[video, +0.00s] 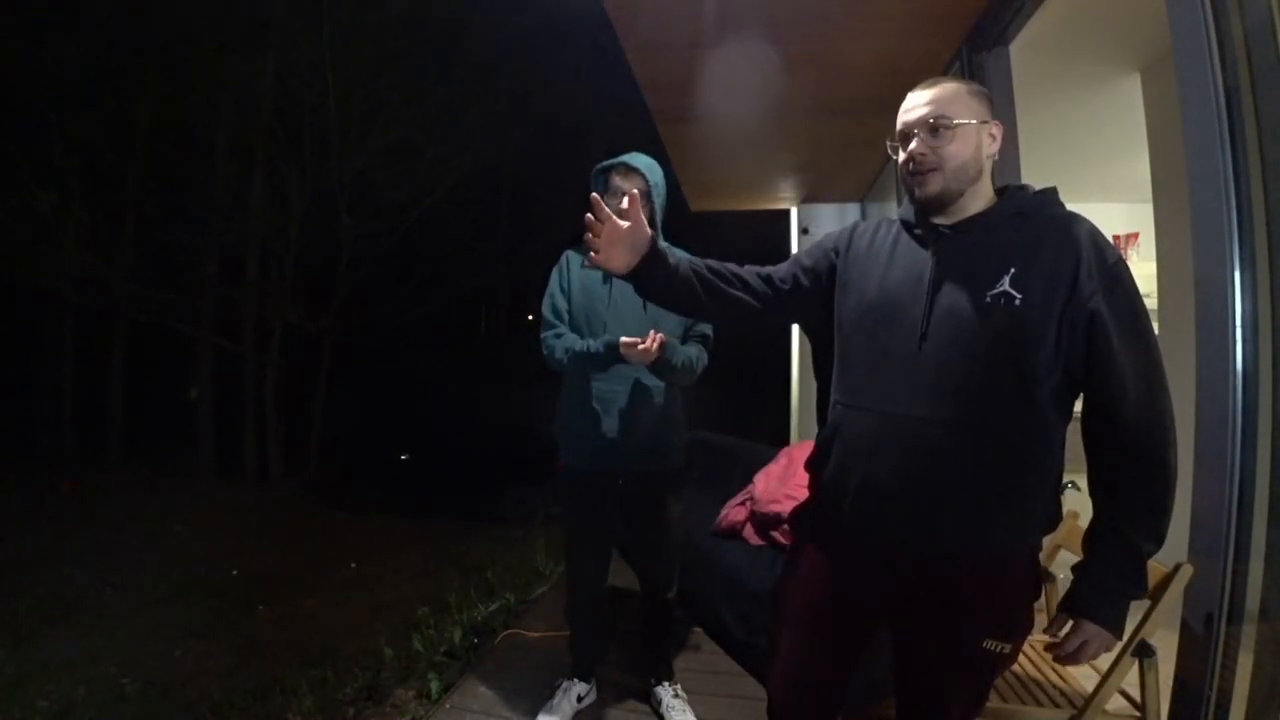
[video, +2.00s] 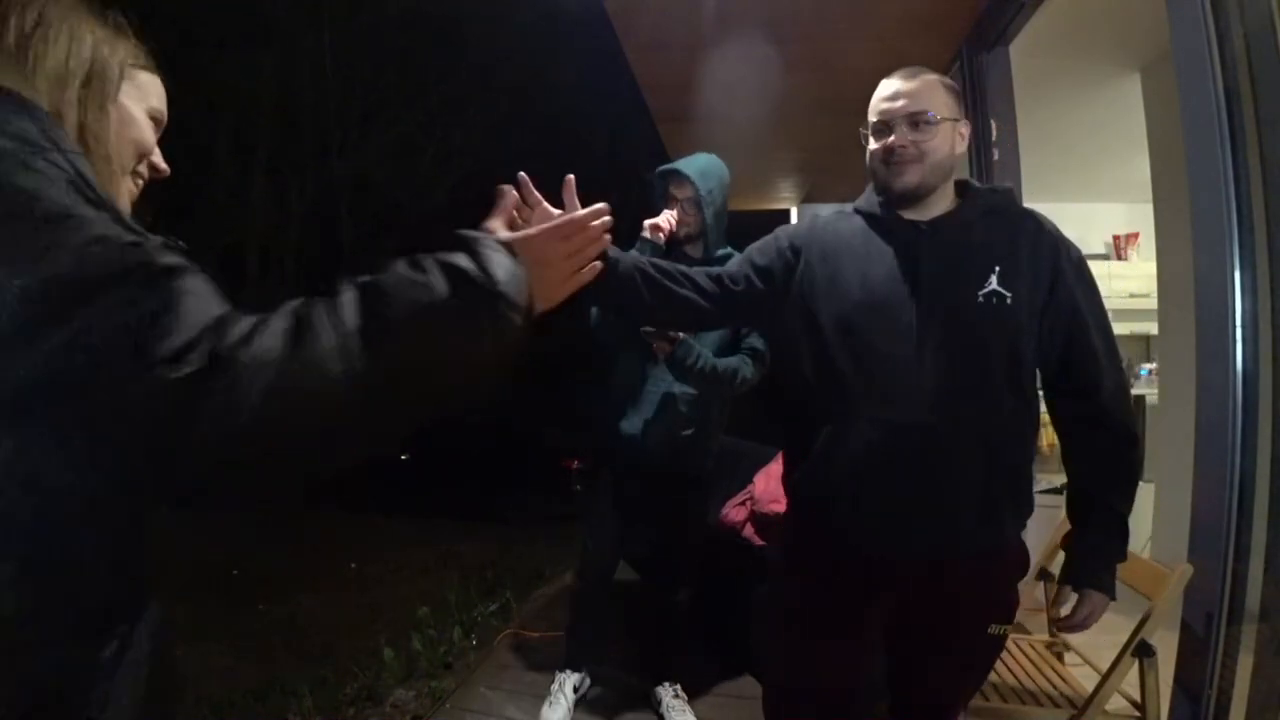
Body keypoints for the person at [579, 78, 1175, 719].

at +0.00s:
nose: (909, 150)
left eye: (933, 130)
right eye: (901, 140)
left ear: (993, 138)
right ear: (893, 156)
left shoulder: (1066, 247)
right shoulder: (857, 246)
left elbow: (1134, 427)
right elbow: (758, 292)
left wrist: (1106, 588)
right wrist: (650, 260)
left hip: (975, 559)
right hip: (841, 544)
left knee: (937, 709)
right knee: (799, 701)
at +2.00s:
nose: (891, 136)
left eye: (914, 121)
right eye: (878, 126)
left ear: (964, 135)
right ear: (864, 149)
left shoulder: (1028, 246)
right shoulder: (811, 240)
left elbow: (1098, 410)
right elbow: (706, 292)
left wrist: (1094, 556)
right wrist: (582, 256)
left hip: (968, 564)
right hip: (830, 557)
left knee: (924, 708)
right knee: (812, 707)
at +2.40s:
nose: (869, 131)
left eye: (889, 114)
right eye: (852, 122)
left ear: (928, 134)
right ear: (834, 146)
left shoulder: (998, 245)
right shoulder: (787, 243)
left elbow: (1060, 404)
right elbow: (712, 326)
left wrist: (1051, 545)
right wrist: (627, 341)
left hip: (953, 550)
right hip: (815, 545)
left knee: (916, 704)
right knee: (809, 703)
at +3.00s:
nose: (925, 125)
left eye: (947, 115)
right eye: (908, 119)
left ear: (982, 143)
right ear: (887, 149)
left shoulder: (1037, 255)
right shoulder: (828, 238)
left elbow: (1092, 415)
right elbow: (758, 329)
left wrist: (1083, 553)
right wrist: (716, 329)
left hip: (966, 551)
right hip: (829, 539)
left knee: (927, 705)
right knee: (816, 703)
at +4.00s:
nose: (912, 132)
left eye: (930, 122)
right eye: (894, 126)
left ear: (957, 153)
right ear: (869, 158)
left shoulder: (1018, 255)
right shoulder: (821, 249)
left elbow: (1081, 419)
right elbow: (740, 344)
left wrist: (1063, 569)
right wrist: (673, 419)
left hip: (951, 542)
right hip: (821, 532)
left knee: (916, 703)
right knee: (813, 699)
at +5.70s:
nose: (909, 76)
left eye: (941, 63)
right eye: (891, 64)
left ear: (979, 102)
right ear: (865, 99)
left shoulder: (1040, 209)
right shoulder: (796, 218)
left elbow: (1104, 440)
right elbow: (730, 376)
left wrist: (990, 638)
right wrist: (735, 511)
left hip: (944, 596)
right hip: (787, 582)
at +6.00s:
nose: (884, 94)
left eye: (904, 81)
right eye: (859, 81)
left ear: (930, 117)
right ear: (820, 125)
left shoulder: (1013, 226)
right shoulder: (758, 249)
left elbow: (1071, 419)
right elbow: (703, 429)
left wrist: (975, 585)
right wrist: (741, 574)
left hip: (944, 615)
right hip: (793, 613)